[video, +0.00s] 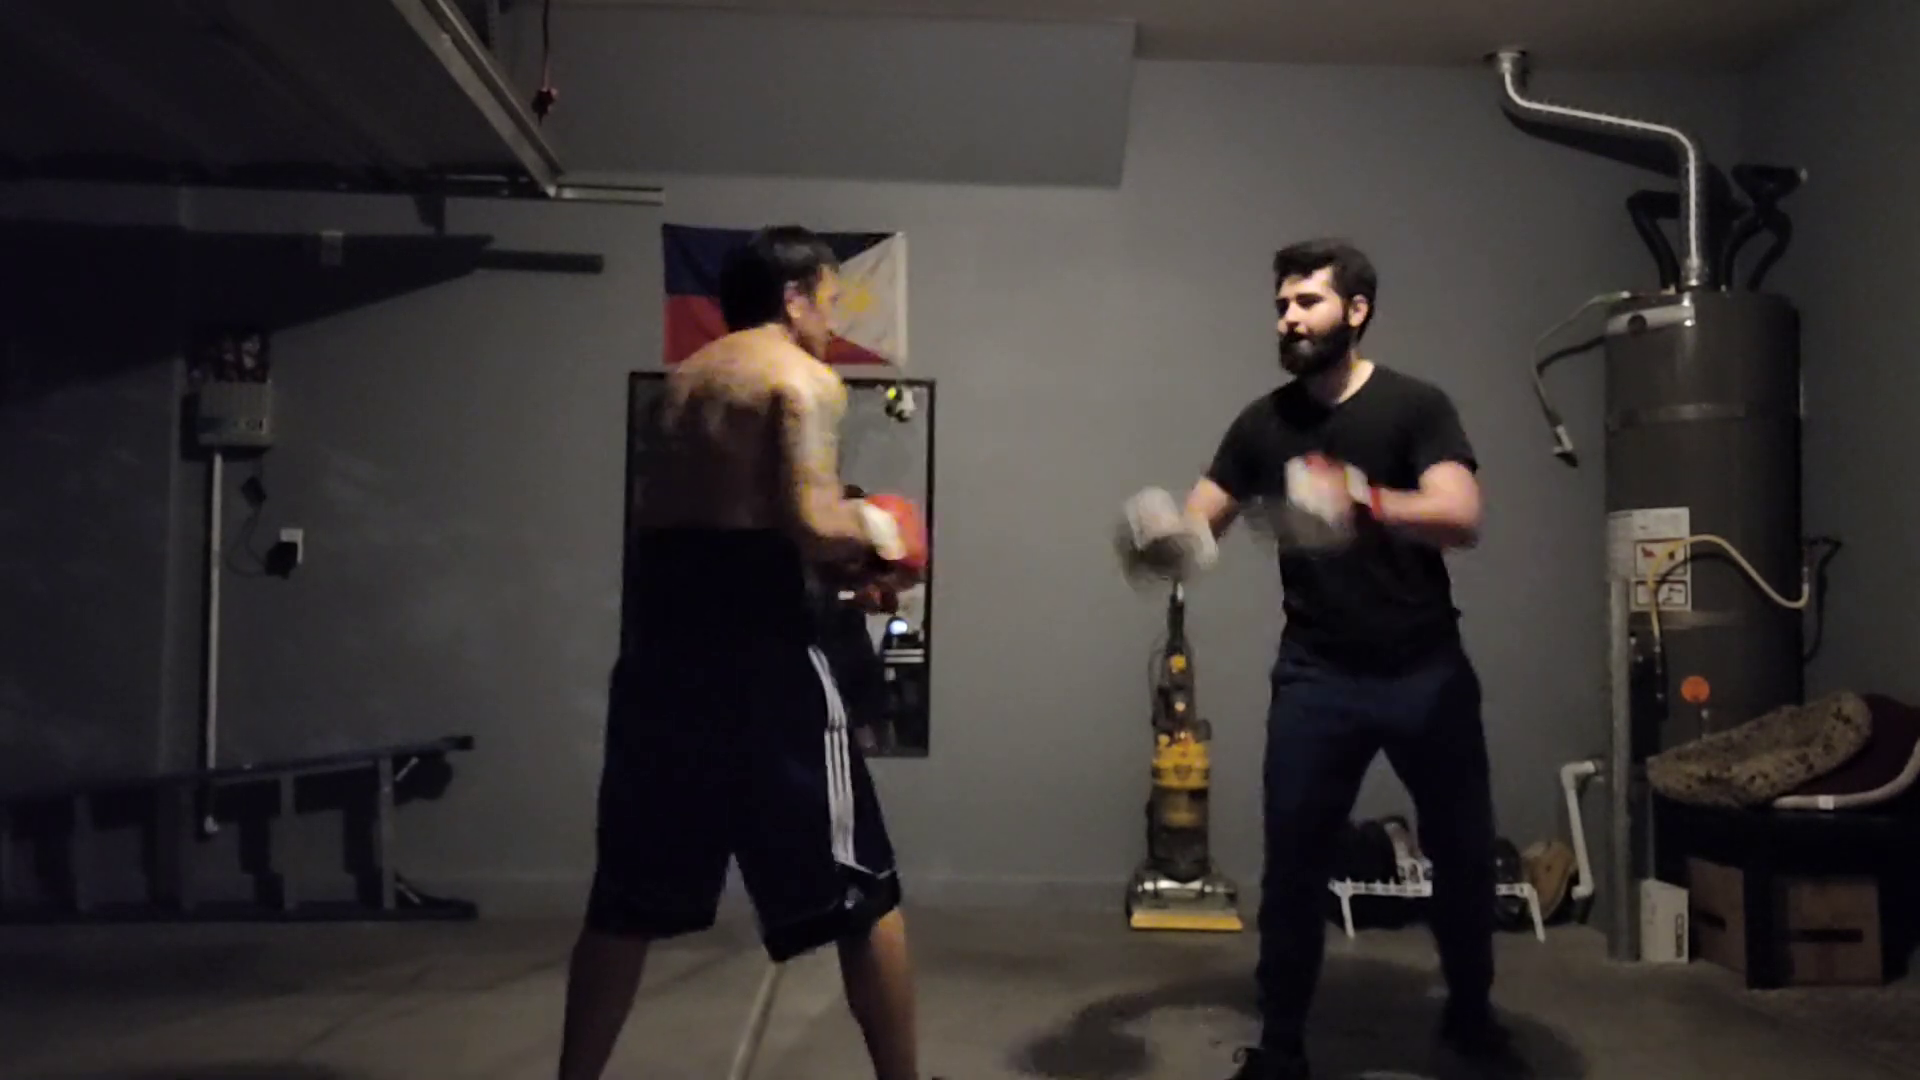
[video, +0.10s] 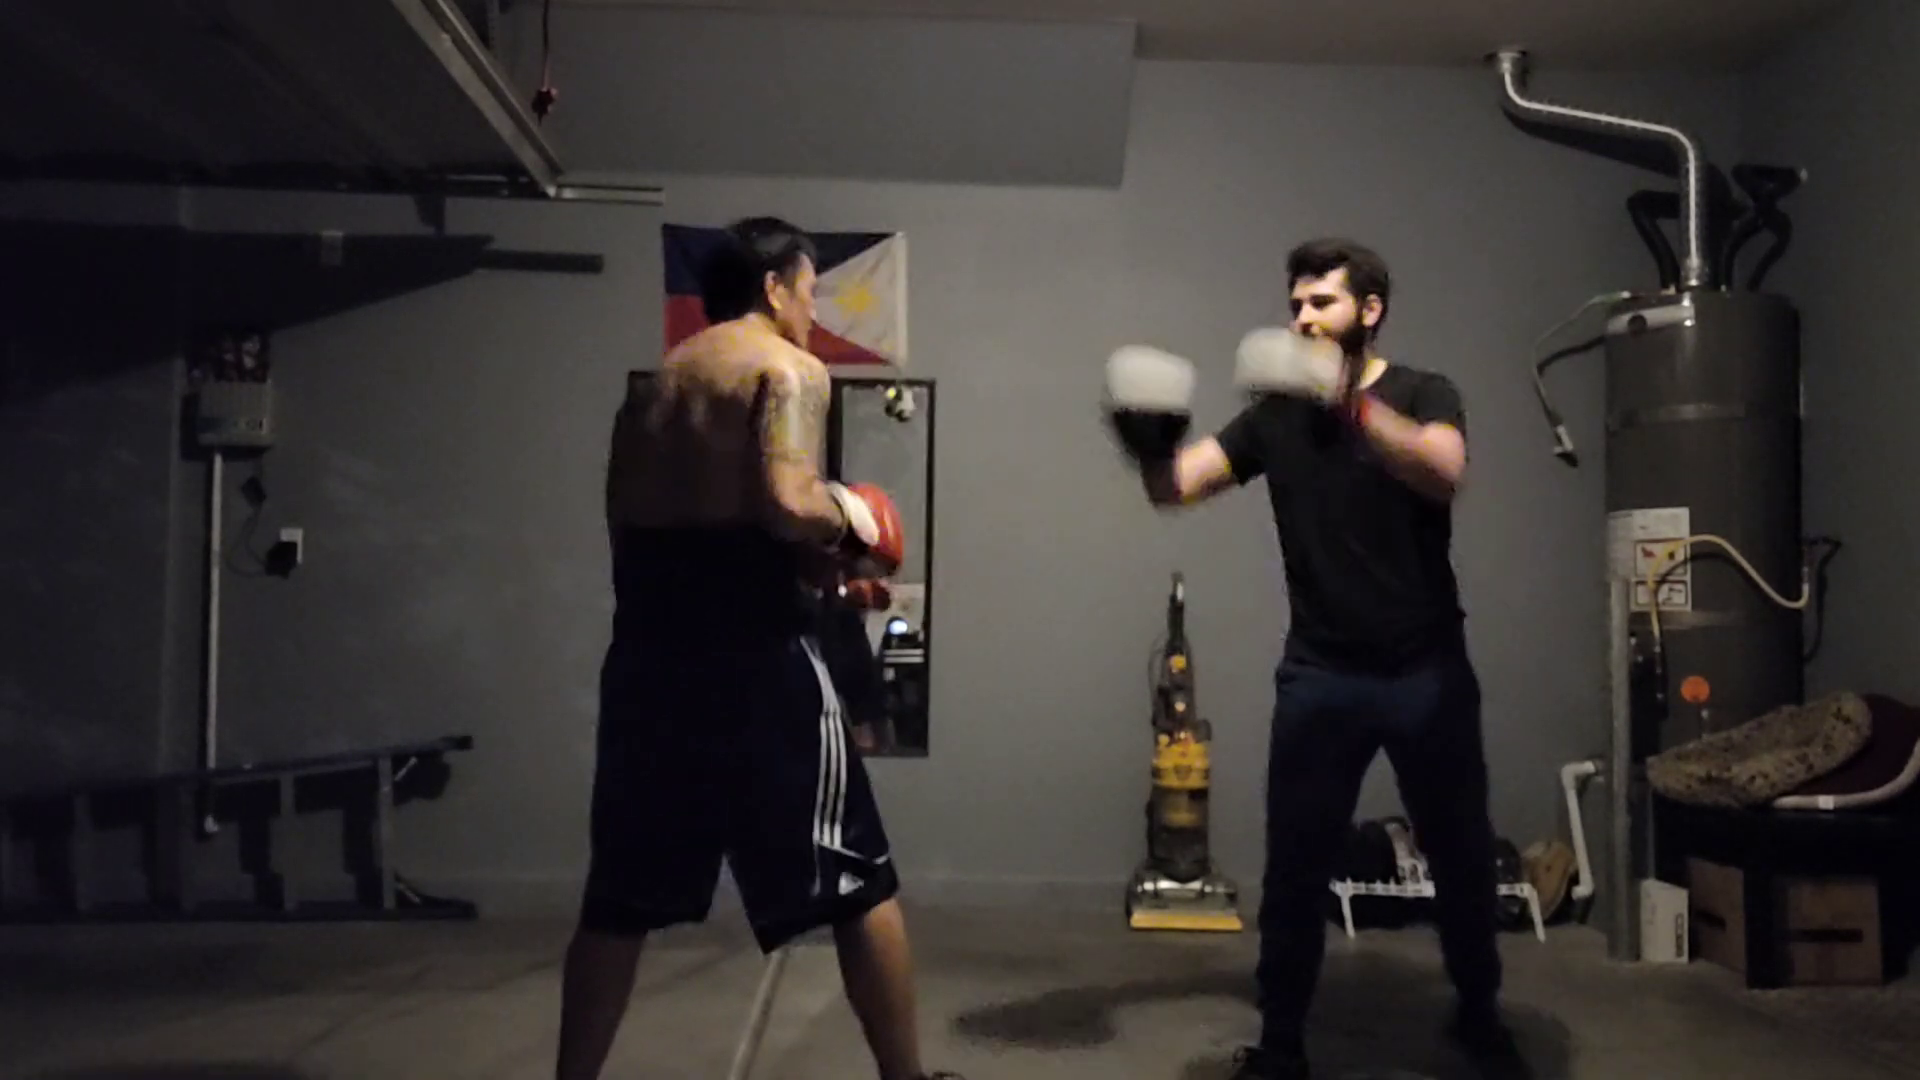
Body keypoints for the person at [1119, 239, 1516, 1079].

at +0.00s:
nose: (1291, 316)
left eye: (1308, 301)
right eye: (1283, 304)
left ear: (1357, 311)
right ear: (1278, 317)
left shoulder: (1417, 407)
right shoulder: (1264, 424)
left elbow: (1461, 516)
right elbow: (1198, 524)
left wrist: (1363, 497)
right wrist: (1163, 540)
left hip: (1425, 677)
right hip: (1316, 679)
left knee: (1464, 858)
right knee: (1292, 864)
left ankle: (1469, 1023)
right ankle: (1280, 1044)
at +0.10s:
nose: (1306, 316)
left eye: (1323, 301)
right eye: (1297, 306)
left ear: (1371, 309)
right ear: (1290, 318)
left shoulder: (1420, 393)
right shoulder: (1277, 413)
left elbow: (1444, 469)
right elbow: (1176, 486)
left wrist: (1349, 400)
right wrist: (1149, 436)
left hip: (1426, 673)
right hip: (1319, 676)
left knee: (1463, 861)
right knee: (1294, 870)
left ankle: (1480, 1025)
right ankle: (1279, 1045)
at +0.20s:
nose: (1337, 320)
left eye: (1354, 303)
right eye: (1327, 309)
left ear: (1394, 310)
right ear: (1317, 323)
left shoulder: (1445, 392)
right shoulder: (1296, 411)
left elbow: (1435, 419)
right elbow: (1179, 431)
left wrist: (1376, 331)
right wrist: (1185, 353)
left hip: (1435, 673)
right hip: (1330, 676)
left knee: (1461, 864)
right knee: (1299, 860)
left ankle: (1480, 1034)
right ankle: (1281, 1043)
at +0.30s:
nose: (1345, 323)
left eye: (1359, 309)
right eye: (1339, 311)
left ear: (1400, 317)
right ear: (1333, 325)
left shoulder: (1460, 401)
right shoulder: (1324, 410)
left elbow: (1435, 390)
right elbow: (1199, 391)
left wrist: (1404, 295)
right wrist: (1238, 307)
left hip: (1446, 676)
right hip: (1341, 675)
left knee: (1463, 867)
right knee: (1299, 856)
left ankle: (1478, 1031)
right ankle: (1280, 1039)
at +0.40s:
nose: (1358, 328)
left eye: (1373, 314)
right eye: (1352, 315)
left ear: (1417, 315)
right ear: (1347, 327)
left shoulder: (1469, 406)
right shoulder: (1339, 411)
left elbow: (1444, 379)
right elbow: (1222, 377)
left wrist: (1418, 282)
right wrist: (1276, 295)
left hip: (1451, 678)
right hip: (1347, 674)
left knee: (1465, 866)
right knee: (1294, 844)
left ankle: (1479, 1032)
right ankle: (1277, 1037)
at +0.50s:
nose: (1364, 328)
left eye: (1381, 311)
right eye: (1354, 315)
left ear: (1420, 316)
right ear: (1346, 325)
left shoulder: (1473, 402)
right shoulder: (1337, 407)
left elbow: (1450, 374)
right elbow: (1219, 372)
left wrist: (1426, 282)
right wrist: (1279, 297)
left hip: (1451, 676)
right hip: (1345, 671)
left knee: (1463, 862)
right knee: (1284, 829)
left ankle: (1478, 1032)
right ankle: (1259, 1028)